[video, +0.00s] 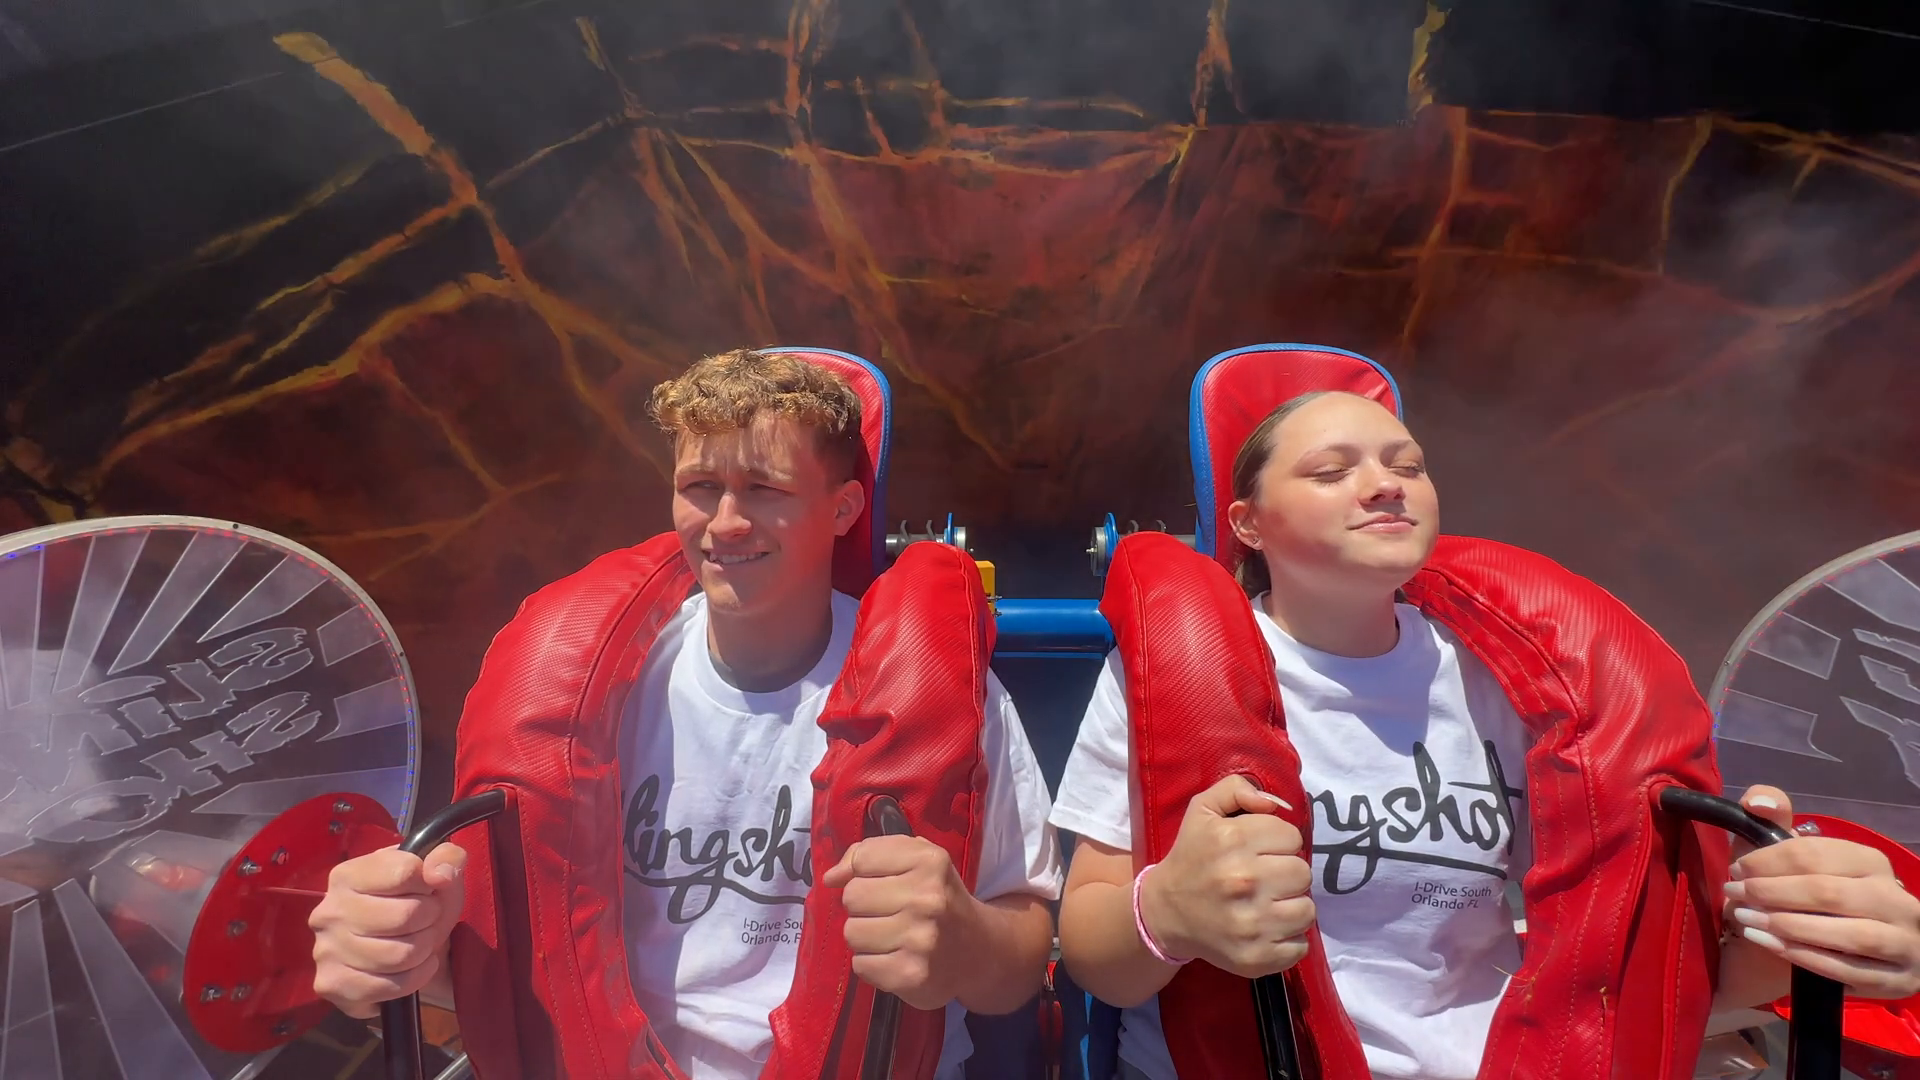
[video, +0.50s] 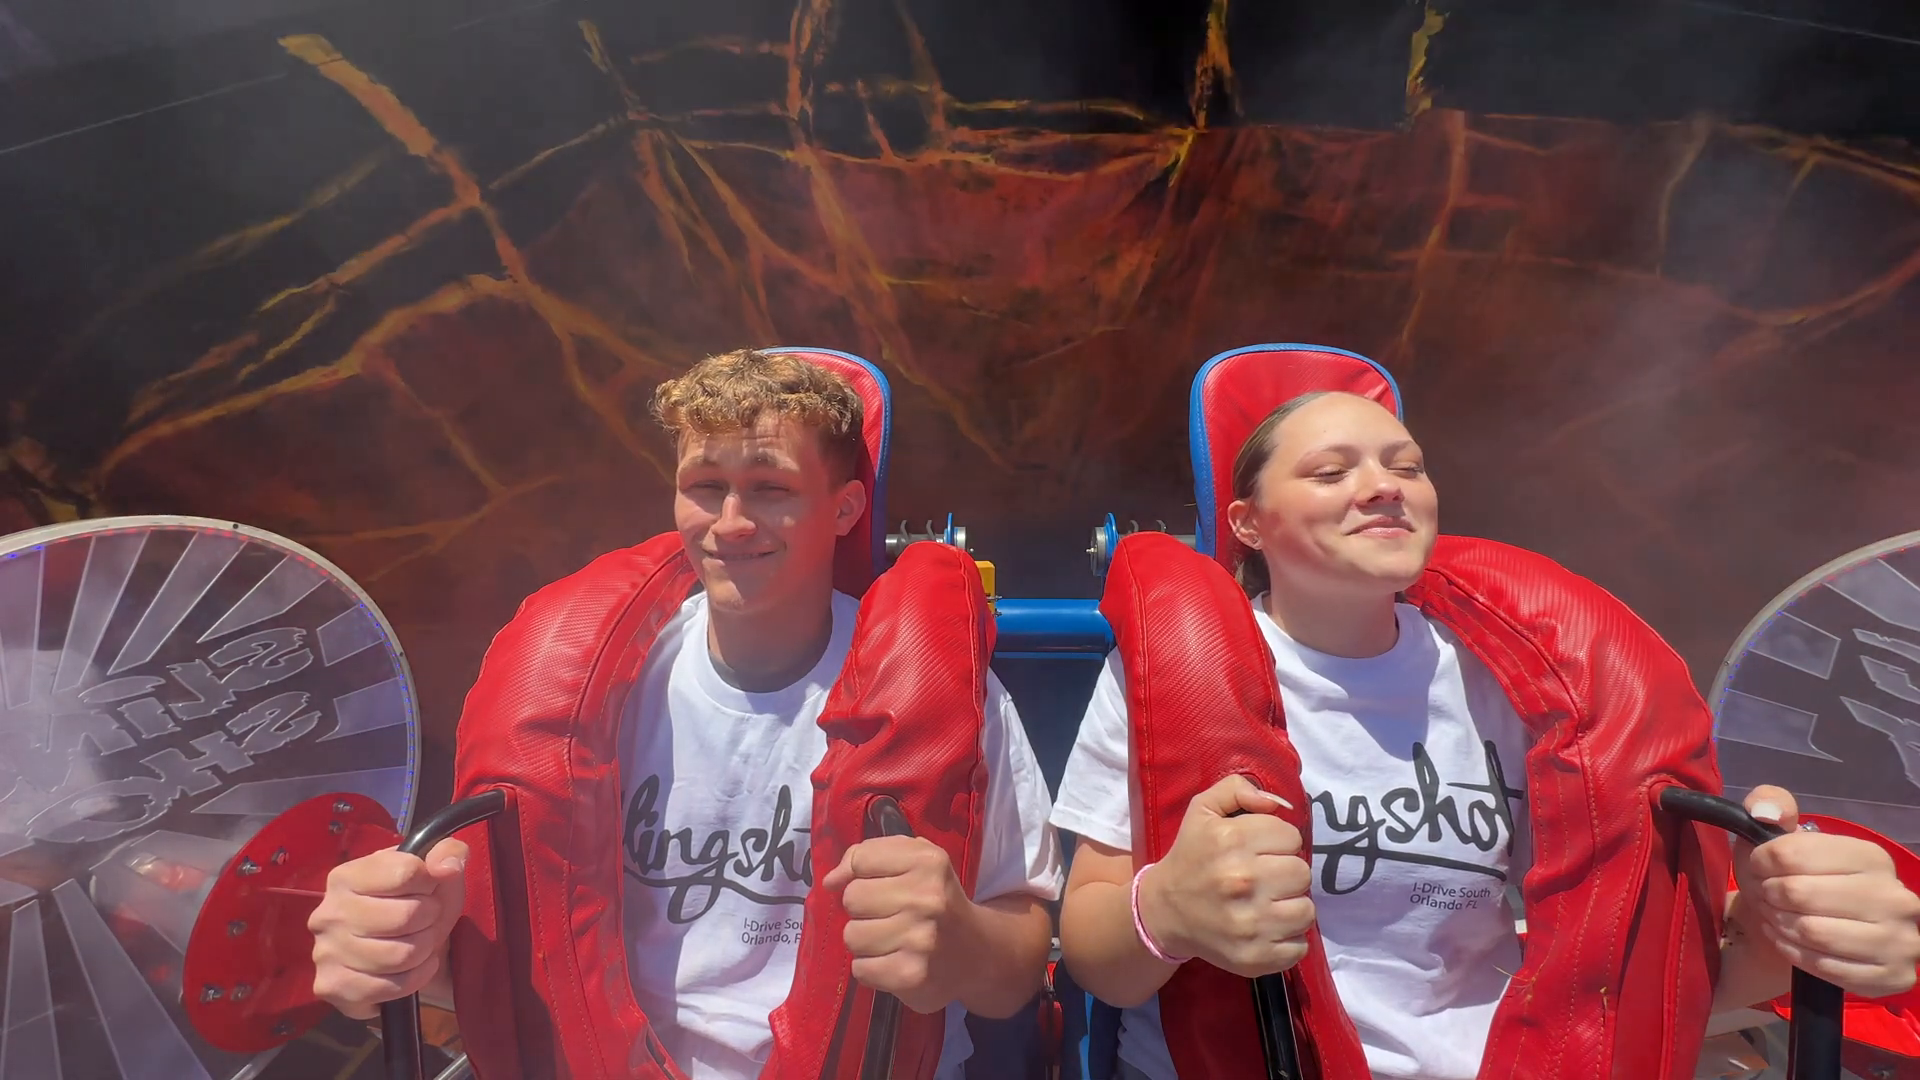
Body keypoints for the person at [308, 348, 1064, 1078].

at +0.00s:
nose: (725, 523)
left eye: (764, 491)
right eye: (702, 489)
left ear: (845, 506)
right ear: (673, 491)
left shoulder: (934, 688)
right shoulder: (582, 673)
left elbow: (1027, 957)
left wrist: (969, 946)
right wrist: (415, 944)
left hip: (837, 1064)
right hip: (616, 1059)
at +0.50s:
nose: (729, 524)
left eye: (769, 492)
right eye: (705, 489)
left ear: (847, 508)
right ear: (675, 491)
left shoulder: (935, 688)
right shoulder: (584, 672)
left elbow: (1023, 960)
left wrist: (966, 947)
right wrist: (402, 940)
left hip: (836, 1064)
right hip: (613, 1059)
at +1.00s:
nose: (726, 523)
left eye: (766, 491)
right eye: (703, 490)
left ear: (847, 507)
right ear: (672, 494)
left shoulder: (935, 688)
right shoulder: (586, 674)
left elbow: (1026, 955)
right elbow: (503, 926)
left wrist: (965, 949)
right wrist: (402, 942)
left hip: (839, 1063)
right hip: (616, 1058)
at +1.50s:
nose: (727, 523)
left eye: (766, 491)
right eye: (702, 490)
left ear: (846, 507)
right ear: (673, 494)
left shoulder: (935, 688)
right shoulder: (586, 672)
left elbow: (1024, 959)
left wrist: (964, 948)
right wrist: (403, 943)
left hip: (837, 1063)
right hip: (614, 1058)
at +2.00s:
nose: (868, 519)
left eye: (875, 488)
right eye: (828, 488)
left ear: (887, 491)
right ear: (716, 499)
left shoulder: (937, 683)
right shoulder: (586, 667)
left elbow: (1024, 958)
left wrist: (964, 948)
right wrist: (405, 940)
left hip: (836, 1063)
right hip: (614, 1058)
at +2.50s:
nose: (849, 521)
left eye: (862, 490)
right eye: (808, 487)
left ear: (878, 495)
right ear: (705, 494)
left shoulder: (939, 686)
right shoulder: (583, 669)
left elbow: (1025, 960)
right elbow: (504, 929)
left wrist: (968, 950)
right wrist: (410, 941)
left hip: (839, 1062)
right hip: (613, 1059)